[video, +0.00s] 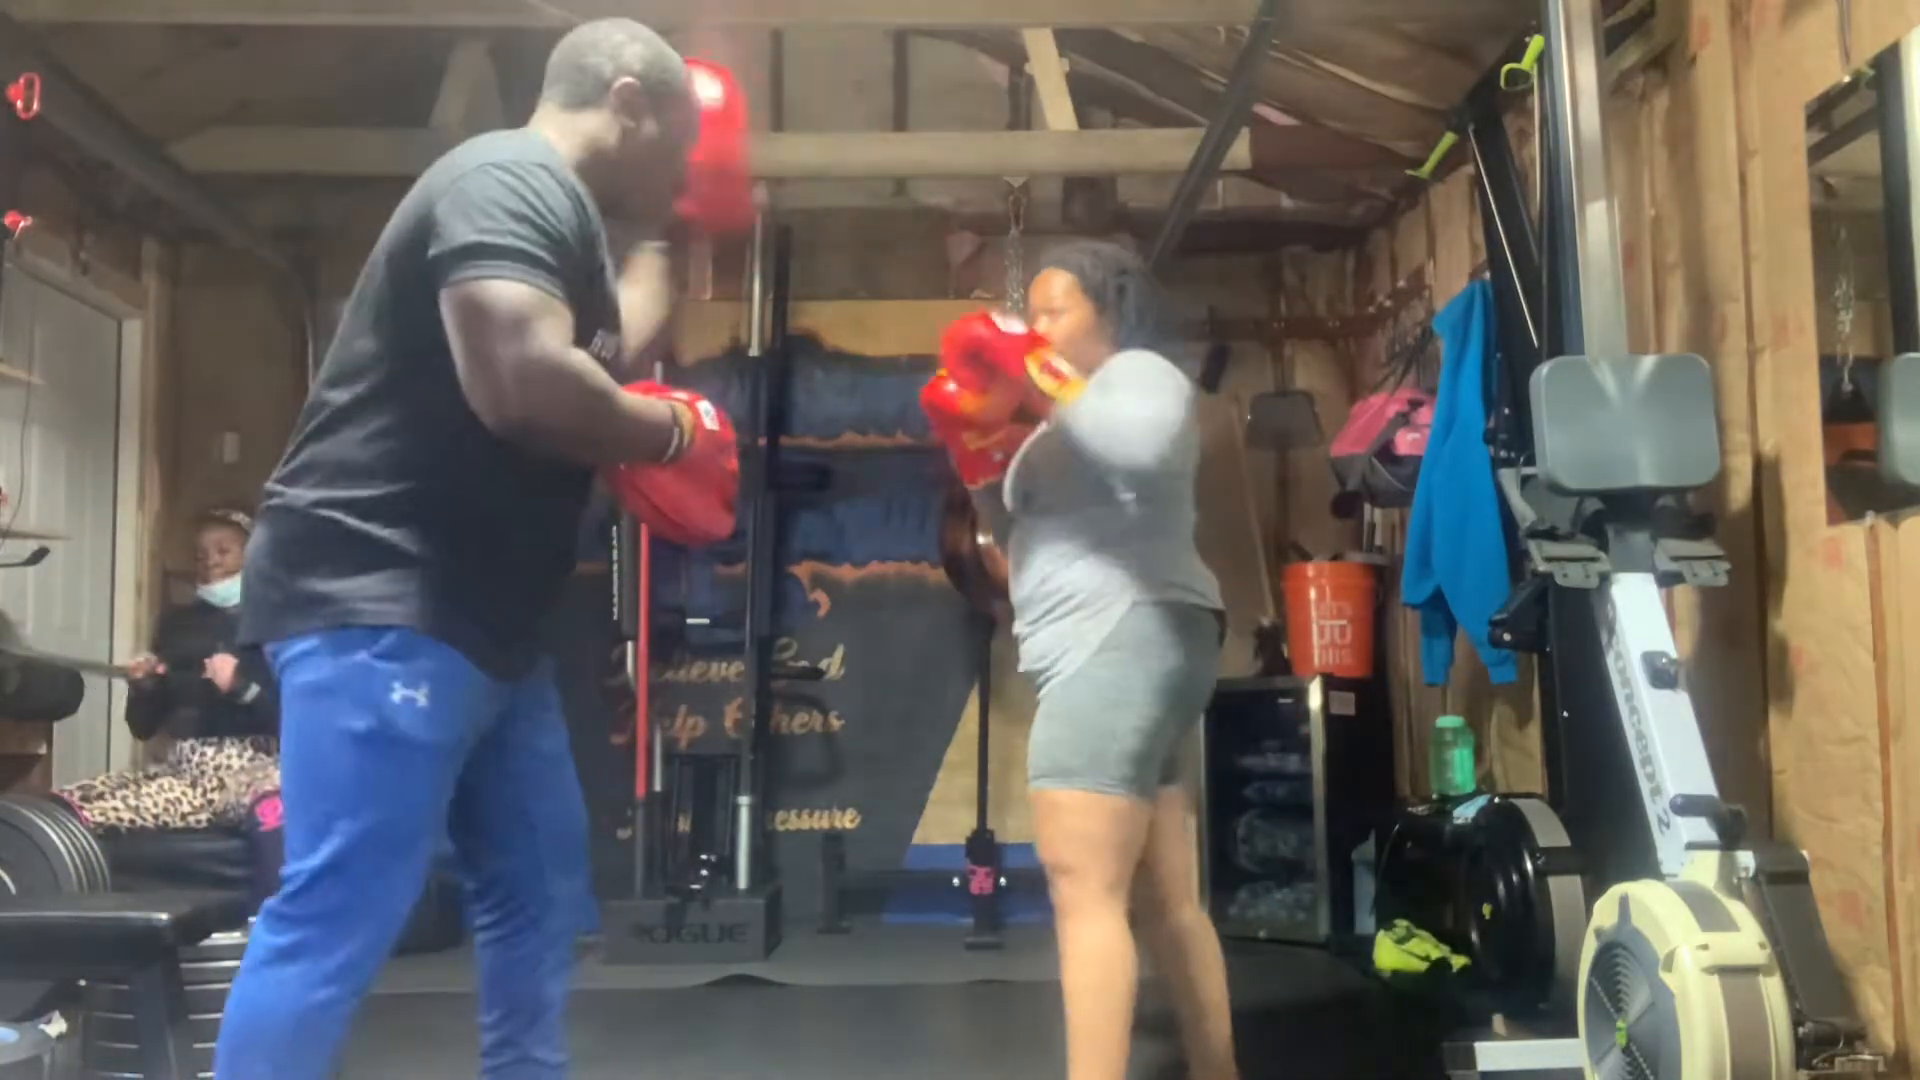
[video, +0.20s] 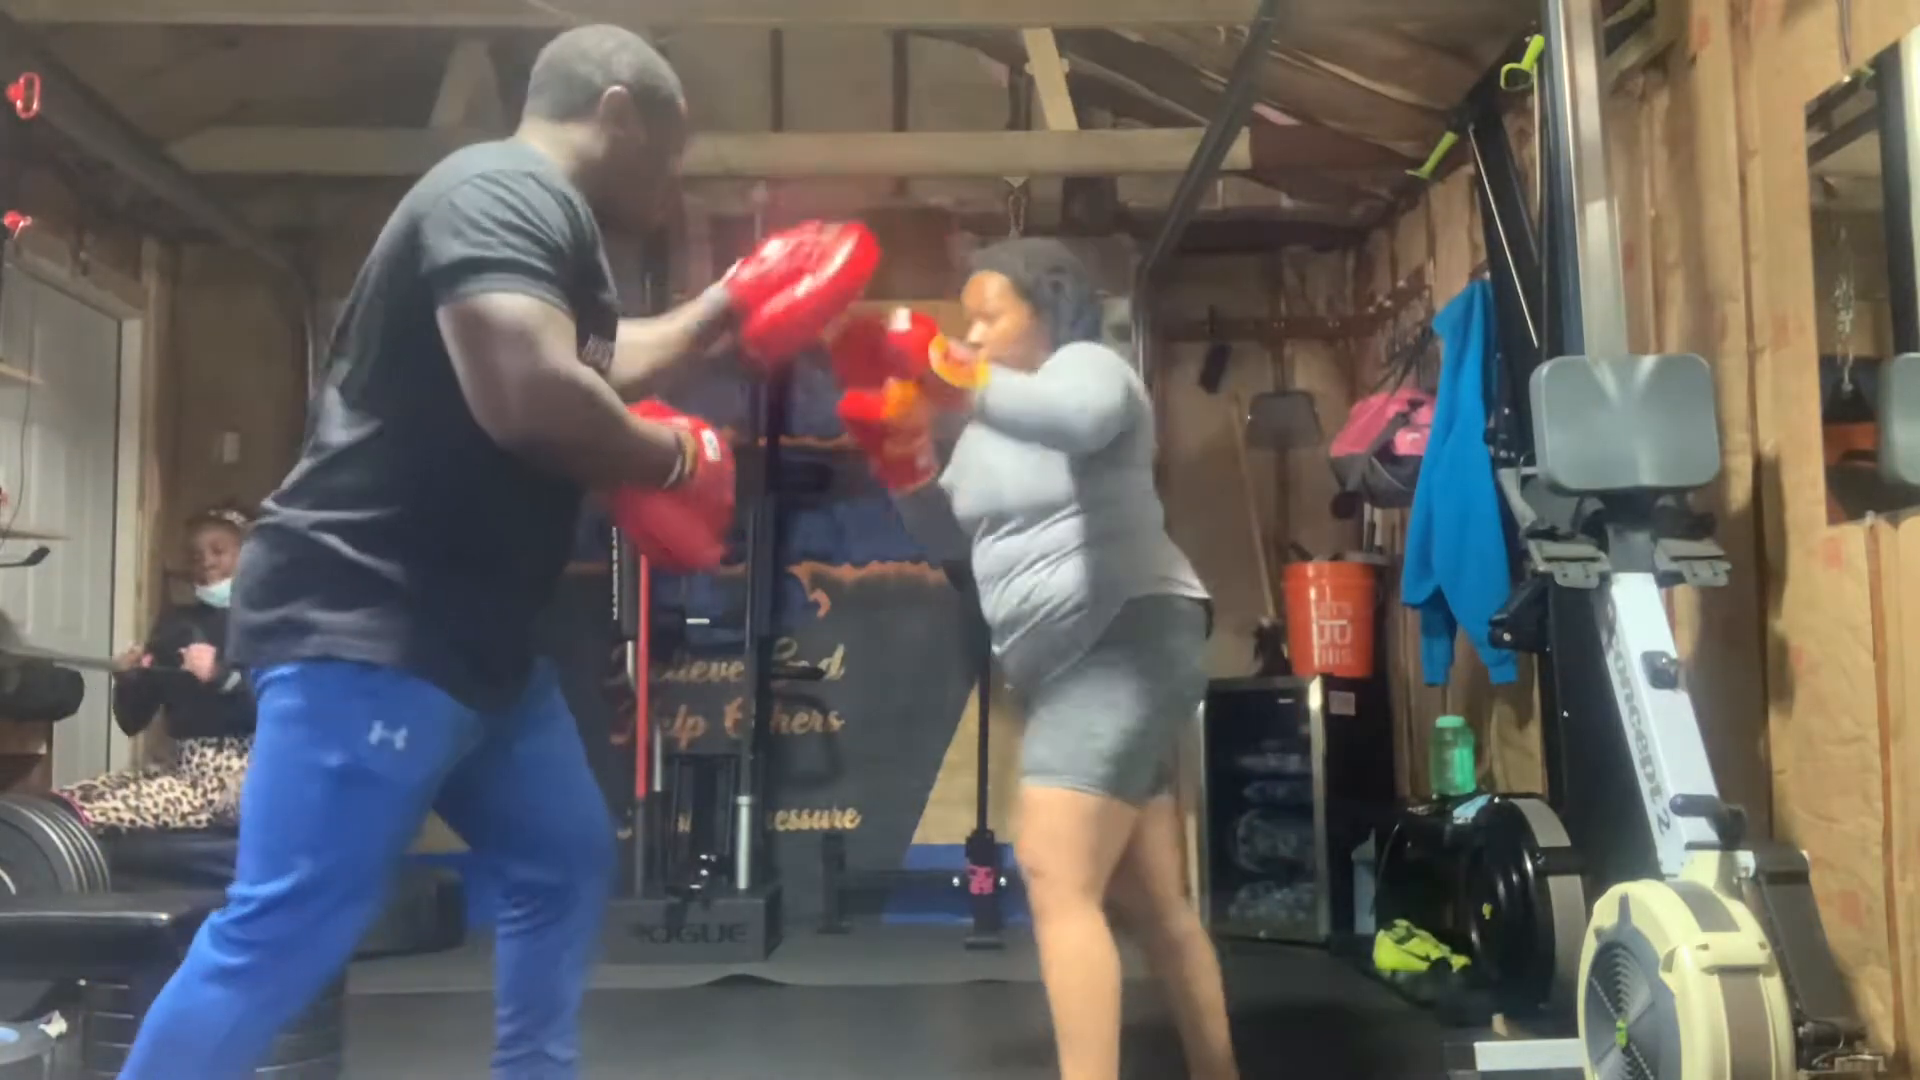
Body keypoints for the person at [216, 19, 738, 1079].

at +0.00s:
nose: (684, 169)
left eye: (691, 143)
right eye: (684, 137)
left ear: (609, 105)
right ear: (629, 100)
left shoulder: (564, 222)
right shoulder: (506, 176)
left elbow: (607, 367)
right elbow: (518, 381)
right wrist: (665, 428)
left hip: (487, 621)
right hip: (379, 602)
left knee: (538, 904)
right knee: (335, 920)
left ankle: (524, 1073)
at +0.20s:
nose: (674, 179)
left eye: (679, 154)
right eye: (673, 147)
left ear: (597, 112)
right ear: (616, 110)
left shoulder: (556, 229)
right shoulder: (495, 190)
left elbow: (598, 363)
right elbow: (524, 394)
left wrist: (723, 311)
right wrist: (669, 456)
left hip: (478, 639)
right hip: (367, 622)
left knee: (561, 868)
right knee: (285, 929)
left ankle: (534, 1071)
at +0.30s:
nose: (676, 209)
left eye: (683, 182)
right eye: (677, 175)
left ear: (585, 130)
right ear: (626, 132)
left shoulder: (557, 247)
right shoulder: (516, 220)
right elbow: (567, 438)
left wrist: (652, 410)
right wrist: (670, 501)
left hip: (488, 658)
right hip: (380, 644)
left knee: (607, 859)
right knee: (270, 949)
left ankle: (557, 1069)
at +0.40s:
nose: (724, 210)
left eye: (729, 186)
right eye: (723, 180)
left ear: (611, 141)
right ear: (670, 144)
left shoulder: (545, 233)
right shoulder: (593, 244)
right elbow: (701, 488)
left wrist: (713, 370)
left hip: (511, 656)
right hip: (421, 645)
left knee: (625, 864)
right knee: (295, 949)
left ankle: (574, 1071)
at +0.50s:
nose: (795, 210)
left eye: (799, 185)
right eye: (792, 180)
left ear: (694, 147)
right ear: (741, 149)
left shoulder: (640, 228)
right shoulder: (684, 243)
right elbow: (780, 471)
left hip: (569, 629)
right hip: (477, 618)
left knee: (643, 885)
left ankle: (579, 1069)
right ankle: (269, 1078)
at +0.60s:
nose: (881, 215)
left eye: (887, 191)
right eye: (880, 186)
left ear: (793, 158)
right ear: (826, 160)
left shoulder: (708, 227)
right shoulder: (745, 252)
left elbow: (853, 344)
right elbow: (833, 469)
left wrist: (968, 379)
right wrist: (855, 429)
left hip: (529, 591)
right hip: (571, 596)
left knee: (656, 889)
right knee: (719, 893)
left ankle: (559, 1069)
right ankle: (526, 1073)